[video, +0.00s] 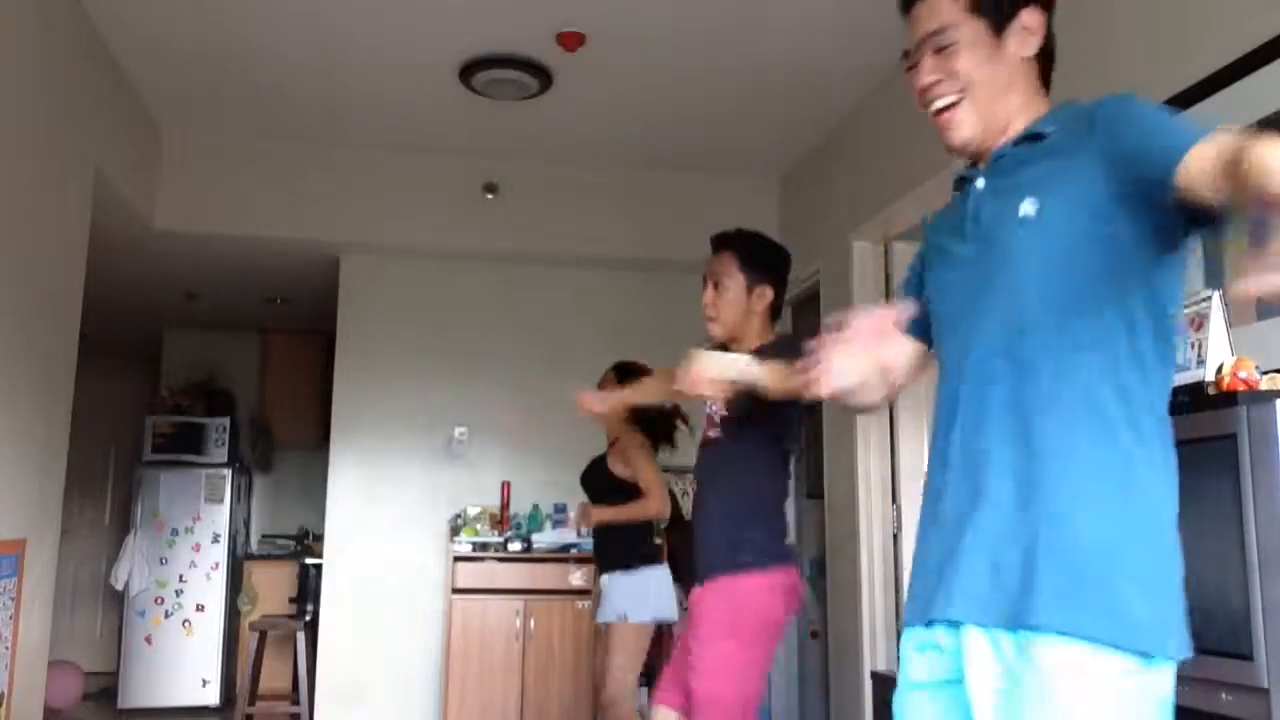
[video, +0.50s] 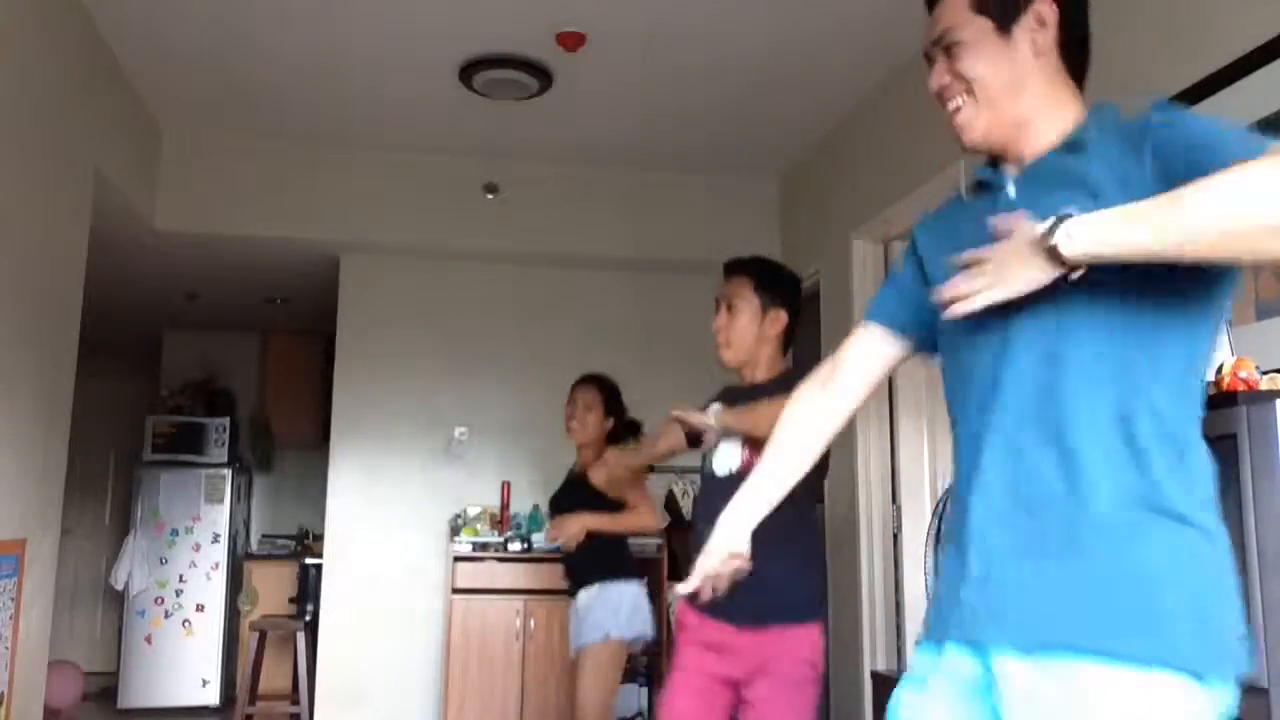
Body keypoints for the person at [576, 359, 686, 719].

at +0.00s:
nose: (597, 397)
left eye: (605, 390)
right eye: (599, 389)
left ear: (627, 396)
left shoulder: (633, 443)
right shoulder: (616, 445)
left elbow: (659, 505)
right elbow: (636, 503)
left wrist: (600, 514)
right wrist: (593, 512)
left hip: (638, 576)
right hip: (616, 575)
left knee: (617, 695)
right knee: (606, 692)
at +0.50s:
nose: (573, 413)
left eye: (586, 407)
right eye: (571, 405)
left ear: (609, 421)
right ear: (565, 411)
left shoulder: (612, 461)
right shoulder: (581, 467)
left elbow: (652, 518)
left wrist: (585, 521)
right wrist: (568, 525)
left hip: (612, 592)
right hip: (587, 592)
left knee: (592, 709)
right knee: (584, 707)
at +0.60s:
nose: (565, 425)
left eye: (577, 417)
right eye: (561, 416)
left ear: (598, 426)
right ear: (554, 420)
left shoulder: (605, 469)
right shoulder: (576, 474)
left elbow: (638, 529)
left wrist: (572, 536)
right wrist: (560, 539)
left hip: (602, 598)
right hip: (578, 599)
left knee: (581, 709)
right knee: (572, 707)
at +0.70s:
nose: (551, 409)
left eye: (560, 399)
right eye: (549, 399)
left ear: (583, 405)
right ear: (548, 406)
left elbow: (610, 510)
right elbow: (539, 539)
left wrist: (551, 511)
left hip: (587, 586)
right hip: (559, 589)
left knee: (579, 706)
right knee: (540, 705)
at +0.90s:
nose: (531, 412)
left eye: (543, 404)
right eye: (526, 402)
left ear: (564, 416)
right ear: (518, 408)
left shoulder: (559, 454)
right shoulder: (537, 459)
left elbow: (581, 518)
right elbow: (548, 515)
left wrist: (525, 520)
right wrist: (512, 521)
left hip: (558, 600)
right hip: (529, 596)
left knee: (528, 710)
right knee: (506, 703)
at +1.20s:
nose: (523, 391)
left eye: (535, 383)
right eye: (518, 382)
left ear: (555, 396)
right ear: (510, 390)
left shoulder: (551, 440)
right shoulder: (525, 446)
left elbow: (588, 490)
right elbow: (514, 501)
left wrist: (522, 497)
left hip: (542, 574)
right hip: (525, 572)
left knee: (503, 690)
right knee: (511, 689)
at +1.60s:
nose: (527, 391)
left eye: (537, 381)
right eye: (522, 382)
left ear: (559, 385)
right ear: (516, 386)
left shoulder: (562, 432)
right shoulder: (539, 436)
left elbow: (554, 496)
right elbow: (503, 472)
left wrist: (500, 494)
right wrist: (463, 454)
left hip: (552, 568)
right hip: (531, 567)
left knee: (525, 689)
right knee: (505, 687)